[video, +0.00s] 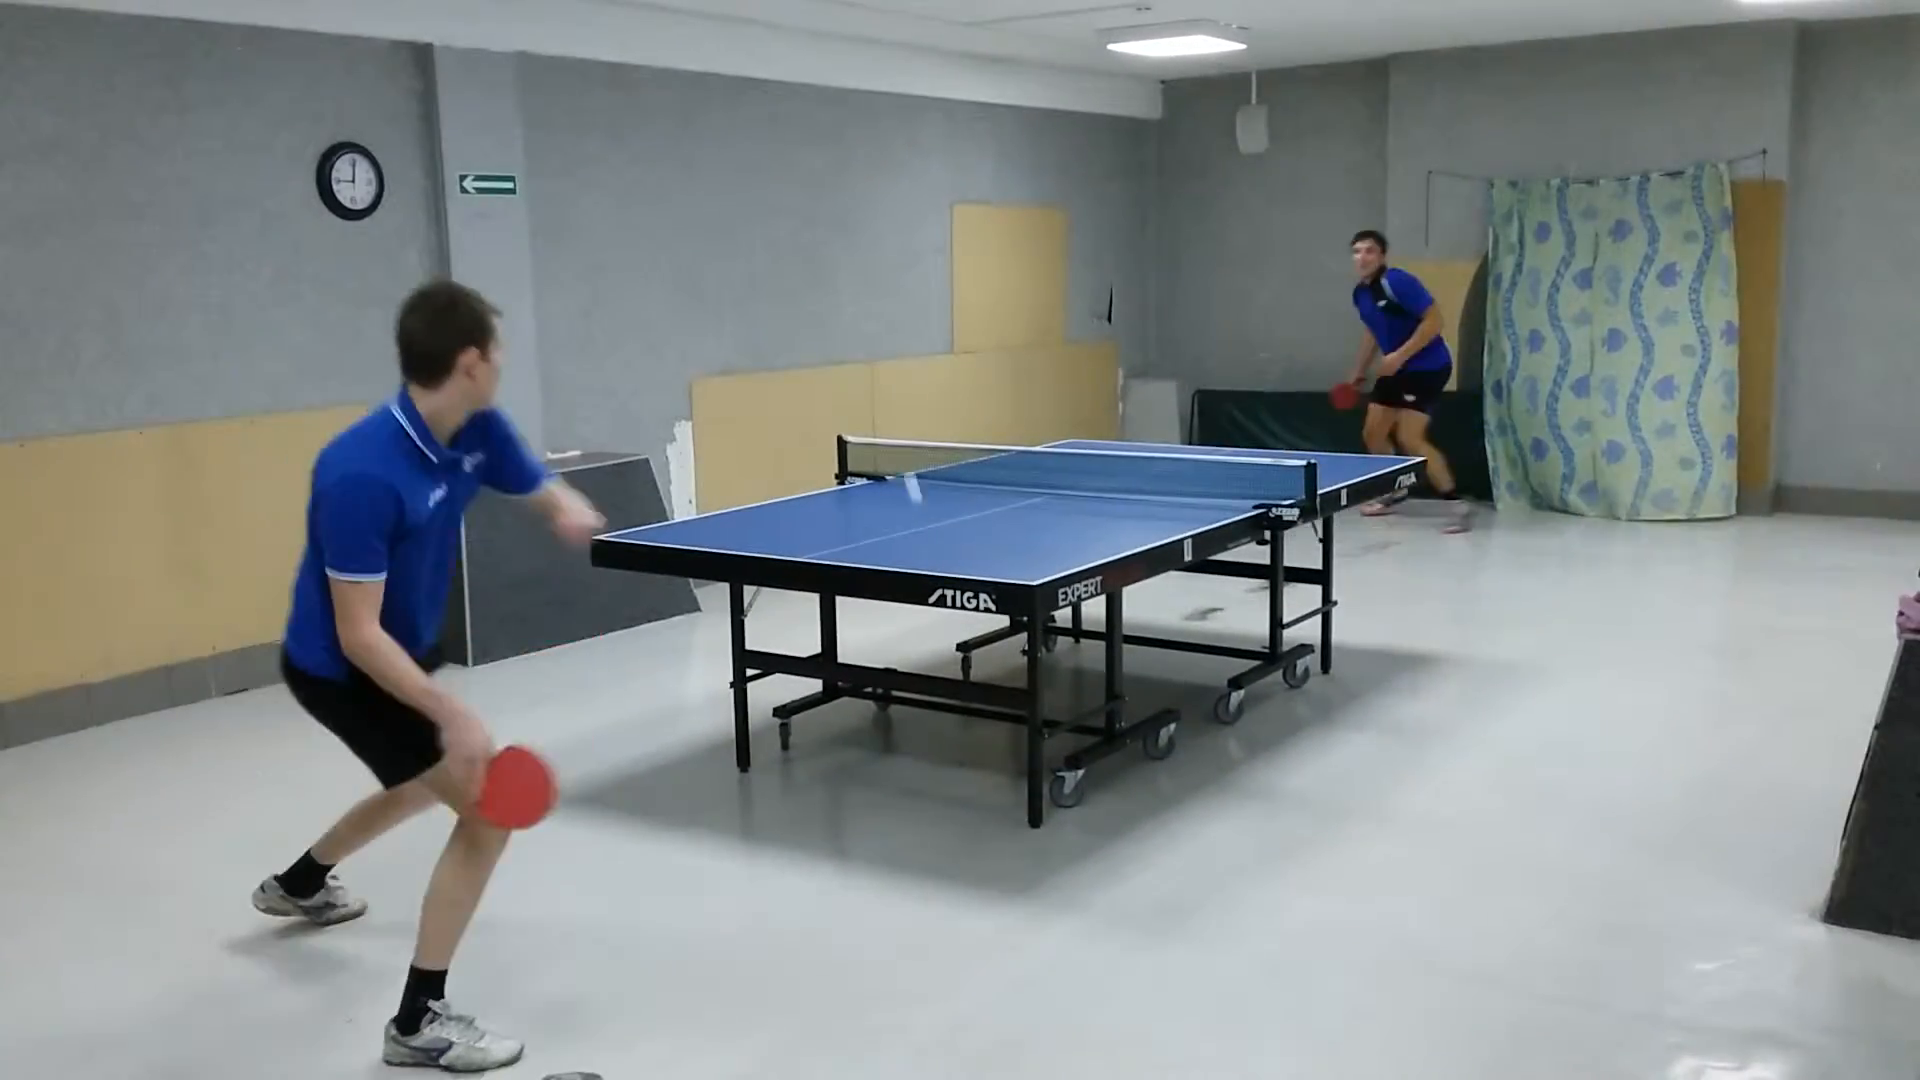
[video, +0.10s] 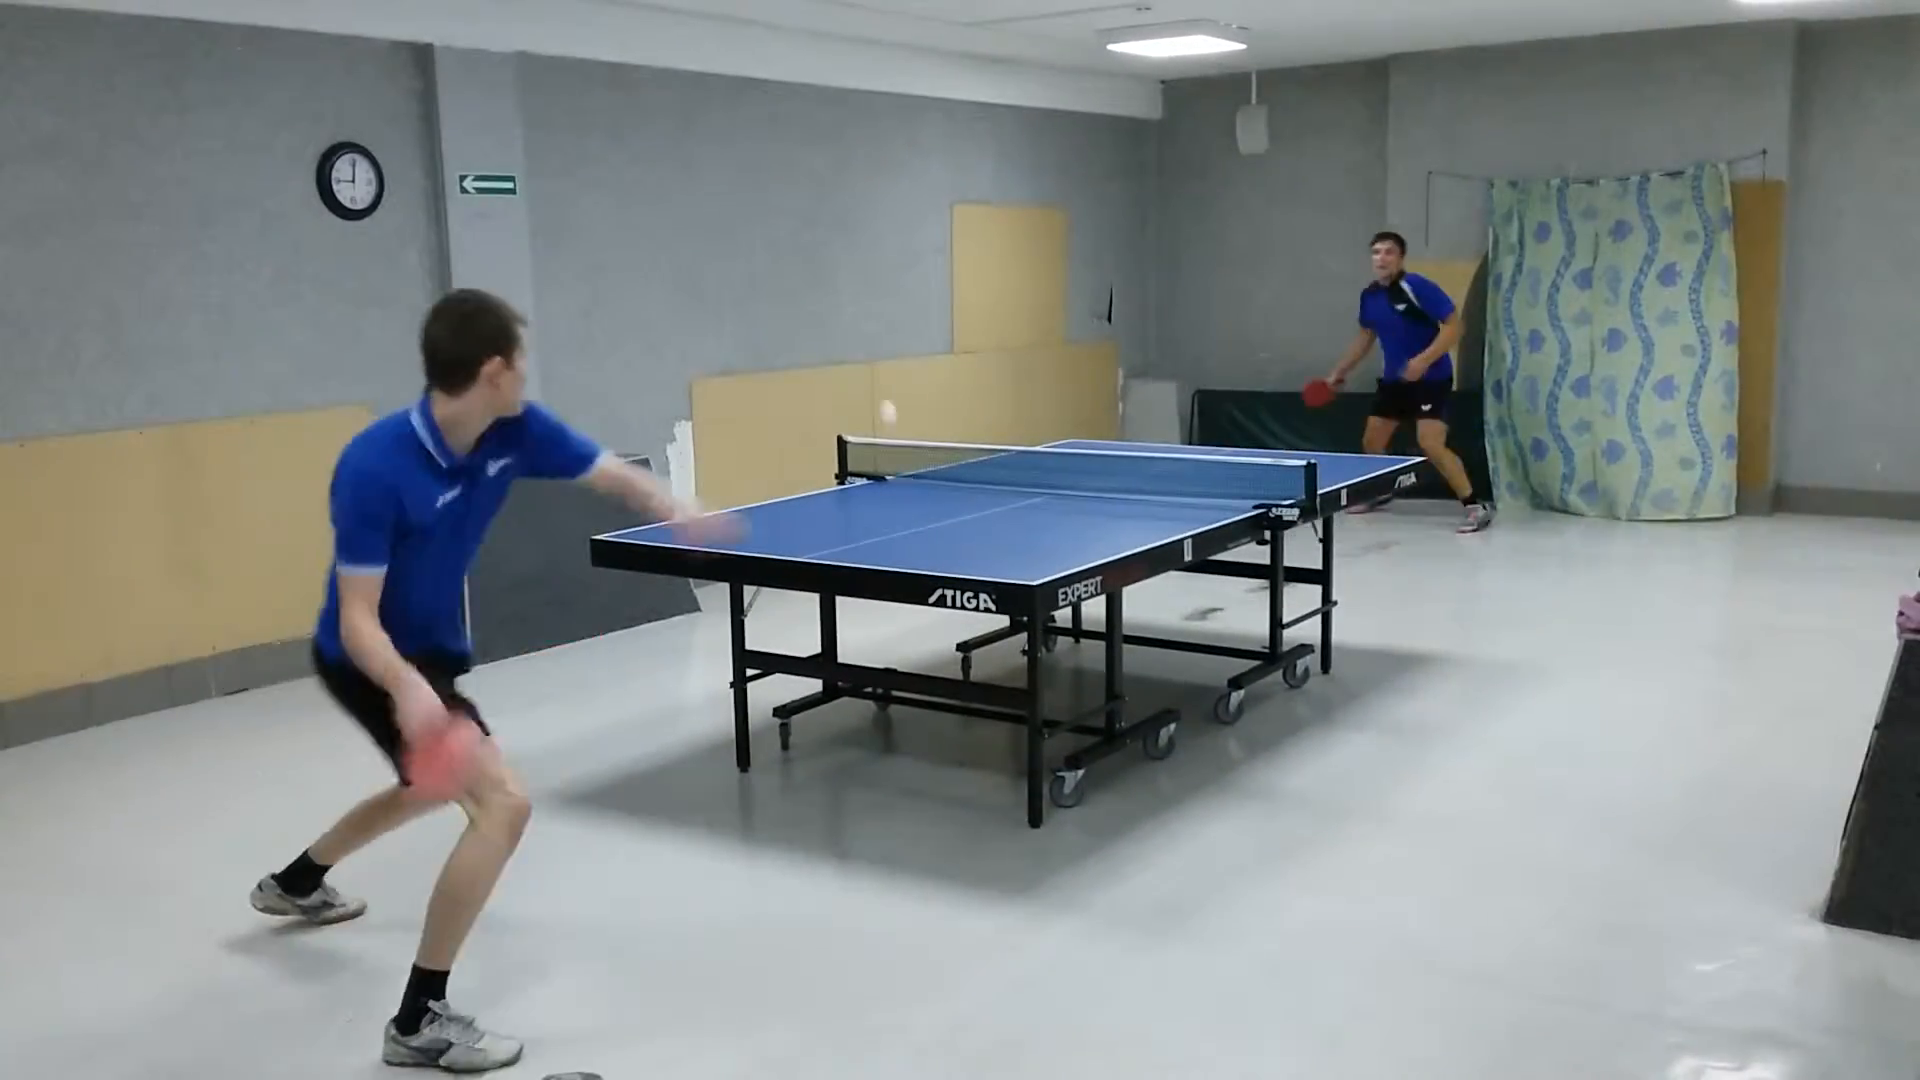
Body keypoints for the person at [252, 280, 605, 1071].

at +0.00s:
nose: (500, 365)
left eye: (499, 353)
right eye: (496, 353)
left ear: (446, 364)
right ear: (469, 363)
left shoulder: (480, 428)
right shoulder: (360, 472)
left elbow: (548, 497)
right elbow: (356, 634)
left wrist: (572, 513)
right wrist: (448, 715)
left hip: (396, 650)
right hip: (333, 665)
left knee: (434, 774)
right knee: (487, 808)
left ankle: (300, 879)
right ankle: (419, 1018)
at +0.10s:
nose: (526, 372)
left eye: (522, 359)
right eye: (518, 360)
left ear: (476, 369)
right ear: (489, 371)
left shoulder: (517, 430)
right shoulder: (377, 465)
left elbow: (619, 478)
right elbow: (355, 619)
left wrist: (681, 511)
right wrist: (409, 689)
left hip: (436, 648)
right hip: (366, 651)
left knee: (430, 779)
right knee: (502, 807)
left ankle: (296, 879)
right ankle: (419, 1017)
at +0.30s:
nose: (627, 280)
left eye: (623, 264)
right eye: (620, 265)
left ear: (557, 268)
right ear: (587, 274)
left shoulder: (503, 318)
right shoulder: (540, 377)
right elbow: (591, 500)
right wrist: (694, 462)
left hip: (430, 549)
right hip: (468, 581)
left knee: (461, 724)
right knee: (438, 777)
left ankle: (449, 848)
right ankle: (384, 992)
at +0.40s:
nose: (655, 260)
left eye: (650, 245)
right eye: (651, 247)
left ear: (574, 248)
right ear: (633, 253)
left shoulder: (502, 310)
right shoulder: (640, 342)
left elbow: (453, 389)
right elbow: (698, 358)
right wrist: (722, 332)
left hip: (448, 548)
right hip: (519, 567)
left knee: (530, 696)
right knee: (451, 776)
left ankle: (530, 872)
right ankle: (327, 960)